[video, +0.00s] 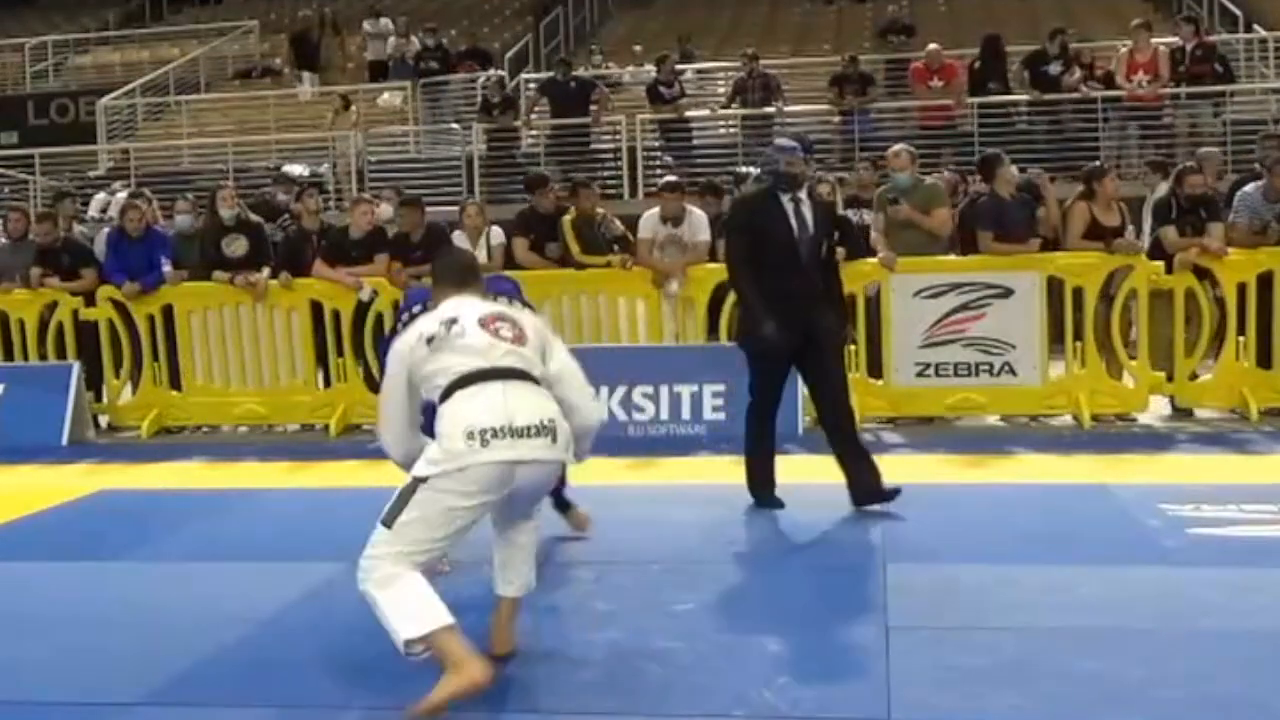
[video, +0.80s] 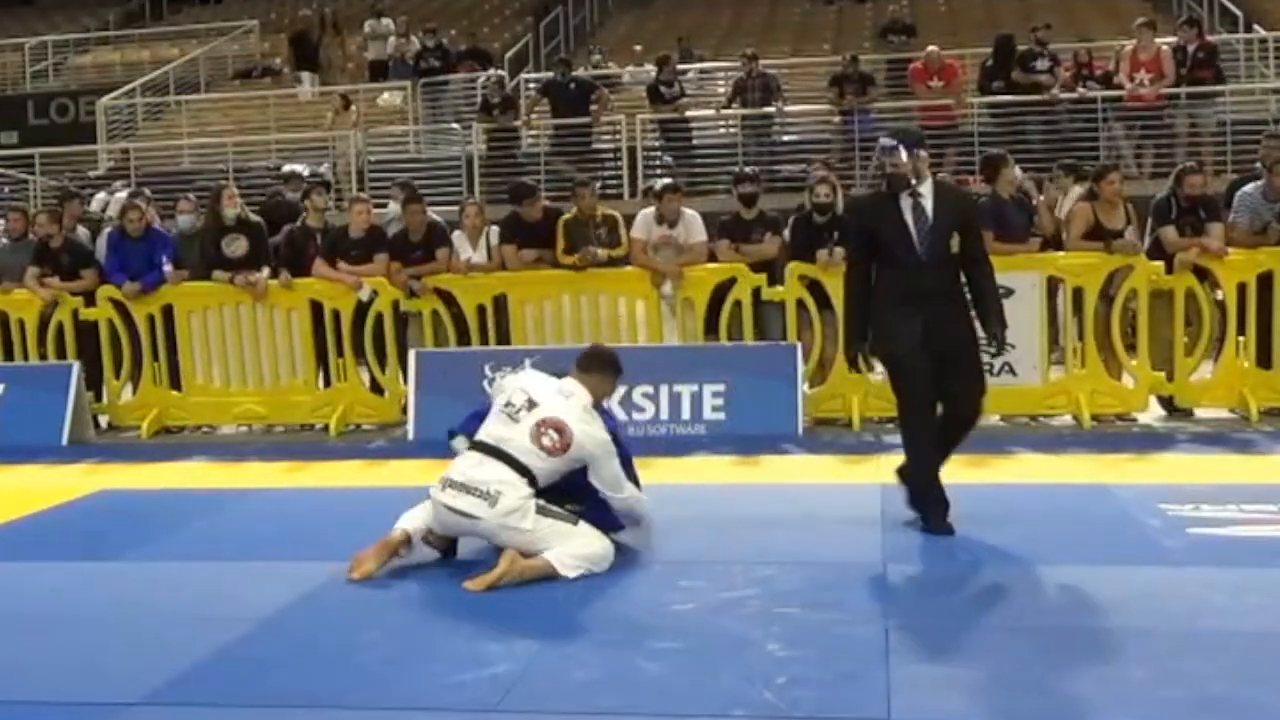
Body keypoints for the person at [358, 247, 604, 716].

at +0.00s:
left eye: (432, 289)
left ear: (434, 289)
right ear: (482, 283)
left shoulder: (411, 337)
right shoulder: (529, 321)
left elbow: (399, 444)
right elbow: (587, 412)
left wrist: (444, 473)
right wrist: (561, 457)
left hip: (470, 453)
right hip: (544, 450)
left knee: (383, 565)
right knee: (516, 519)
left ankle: (462, 663)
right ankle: (504, 631)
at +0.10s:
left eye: (433, 333)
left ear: (438, 334)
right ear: (488, 327)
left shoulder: (414, 380)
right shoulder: (527, 366)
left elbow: (412, 479)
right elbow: (584, 458)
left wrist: (413, 536)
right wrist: (578, 526)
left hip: (464, 477)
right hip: (540, 474)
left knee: (399, 599)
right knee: (507, 528)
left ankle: (449, 694)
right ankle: (486, 622)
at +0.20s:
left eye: (465, 353)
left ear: (469, 354)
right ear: (518, 353)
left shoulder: (442, 377)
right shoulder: (545, 382)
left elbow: (385, 442)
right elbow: (593, 431)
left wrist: (377, 514)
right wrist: (639, 490)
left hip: (462, 467)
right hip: (532, 477)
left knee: (433, 571)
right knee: (496, 531)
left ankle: (448, 670)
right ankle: (480, 625)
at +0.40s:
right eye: (583, 313)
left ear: (546, 307)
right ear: (585, 316)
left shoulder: (510, 332)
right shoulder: (596, 362)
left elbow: (454, 347)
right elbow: (646, 430)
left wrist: (486, 368)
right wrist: (703, 478)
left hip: (471, 439)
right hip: (530, 463)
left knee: (383, 519)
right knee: (501, 544)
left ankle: (441, 549)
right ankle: (487, 581)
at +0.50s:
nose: (609, 343)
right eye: (615, 338)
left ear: (578, 330)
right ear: (616, 344)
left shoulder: (536, 348)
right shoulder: (623, 403)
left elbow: (467, 377)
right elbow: (656, 478)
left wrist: (499, 409)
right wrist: (690, 549)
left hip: (470, 472)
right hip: (530, 500)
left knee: (378, 467)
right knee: (567, 537)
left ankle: (391, 530)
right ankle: (518, 570)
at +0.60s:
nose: (632, 384)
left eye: (608, 367)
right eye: (637, 380)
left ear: (599, 361)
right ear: (636, 380)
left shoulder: (550, 377)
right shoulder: (627, 428)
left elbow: (490, 373)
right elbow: (652, 500)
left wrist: (526, 403)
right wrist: (680, 571)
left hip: (485, 492)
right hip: (541, 524)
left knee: (404, 476)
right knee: (589, 545)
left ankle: (362, 559)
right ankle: (529, 568)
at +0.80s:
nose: (607, 398)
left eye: (608, 392)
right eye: (610, 392)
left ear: (575, 370)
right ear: (607, 389)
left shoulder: (523, 379)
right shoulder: (592, 431)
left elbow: (494, 402)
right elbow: (623, 496)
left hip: (449, 491)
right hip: (502, 508)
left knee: (432, 515)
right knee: (597, 549)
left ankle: (391, 544)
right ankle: (521, 568)